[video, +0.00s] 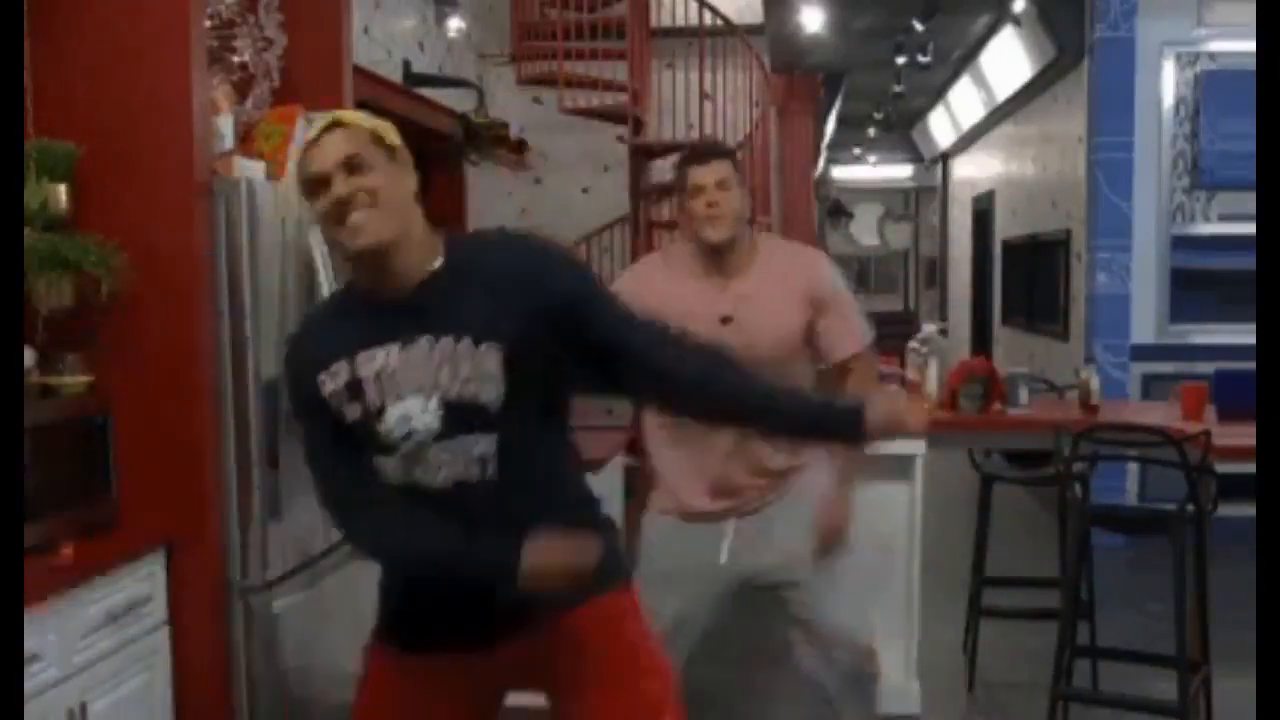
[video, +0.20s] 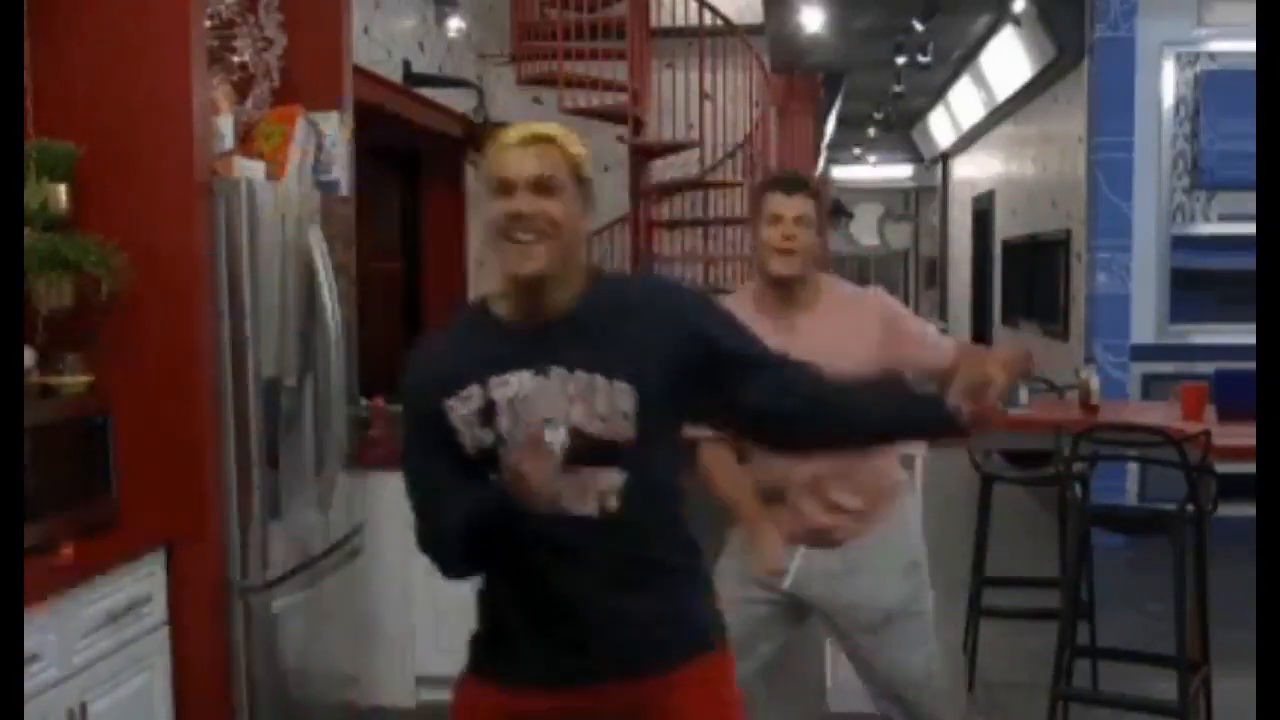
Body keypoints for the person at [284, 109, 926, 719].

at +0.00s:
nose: (340, 192)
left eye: (357, 168)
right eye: (320, 187)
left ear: (410, 175)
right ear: (316, 218)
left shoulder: (522, 272)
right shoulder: (317, 349)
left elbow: (670, 367)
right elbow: (362, 514)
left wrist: (855, 417)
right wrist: (509, 555)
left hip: (577, 604)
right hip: (429, 628)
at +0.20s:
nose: (786, 235)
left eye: (801, 224)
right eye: (774, 222)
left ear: (821, 238)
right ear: (755, 234)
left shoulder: (871, 312)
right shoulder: (721, 321)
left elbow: (958, 361)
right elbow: (708, 442)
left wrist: (989, 372)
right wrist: (758, 522)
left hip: (870, 544)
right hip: (763, 539)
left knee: (918, 697)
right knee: (725, 692)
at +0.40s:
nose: (815, 189)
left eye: (830, 172)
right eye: (797, 177)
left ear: (853, 185)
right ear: (774, 197)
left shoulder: (921, 268)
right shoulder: (734, 315)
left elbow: (1008, 352)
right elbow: (747, 462)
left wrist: (1055, 358)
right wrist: (884, 484)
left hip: (932, 567)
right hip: (803, 572)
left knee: (963, 709)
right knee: (787, 710)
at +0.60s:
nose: (822, 208)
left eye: (838, 195)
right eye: (804, 196)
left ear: (860, 211)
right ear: (779, 217)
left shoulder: (925, 309)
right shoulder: (733, 329)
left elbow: (985, 430)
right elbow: (727, 463)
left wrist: (1065, 487)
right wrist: (814, 556)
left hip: (912, 571)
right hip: (776, 572)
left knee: (947, 705)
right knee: (742, 703)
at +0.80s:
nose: (766, 190)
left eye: (781, 177)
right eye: (750, 177)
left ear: (805, 196)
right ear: (728, 193)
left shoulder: (850, 292)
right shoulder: (667, 289)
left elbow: (894, 421)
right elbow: (621, 417)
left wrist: (859, 529)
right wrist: (629, 542)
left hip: (825, 575)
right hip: (695, 577)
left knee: (883, 709)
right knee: (678, 712)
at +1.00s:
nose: (698, 206)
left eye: (712, 192)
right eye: (682, 195)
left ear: (739, 207)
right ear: (662, 212)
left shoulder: (790, 311)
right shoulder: (616, 287)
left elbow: (796, 450)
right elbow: (534, 344)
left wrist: (713, 440)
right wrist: (475, 321)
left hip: (757, 562)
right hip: (635, 558)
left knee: (797, 707)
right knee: (610, 710)